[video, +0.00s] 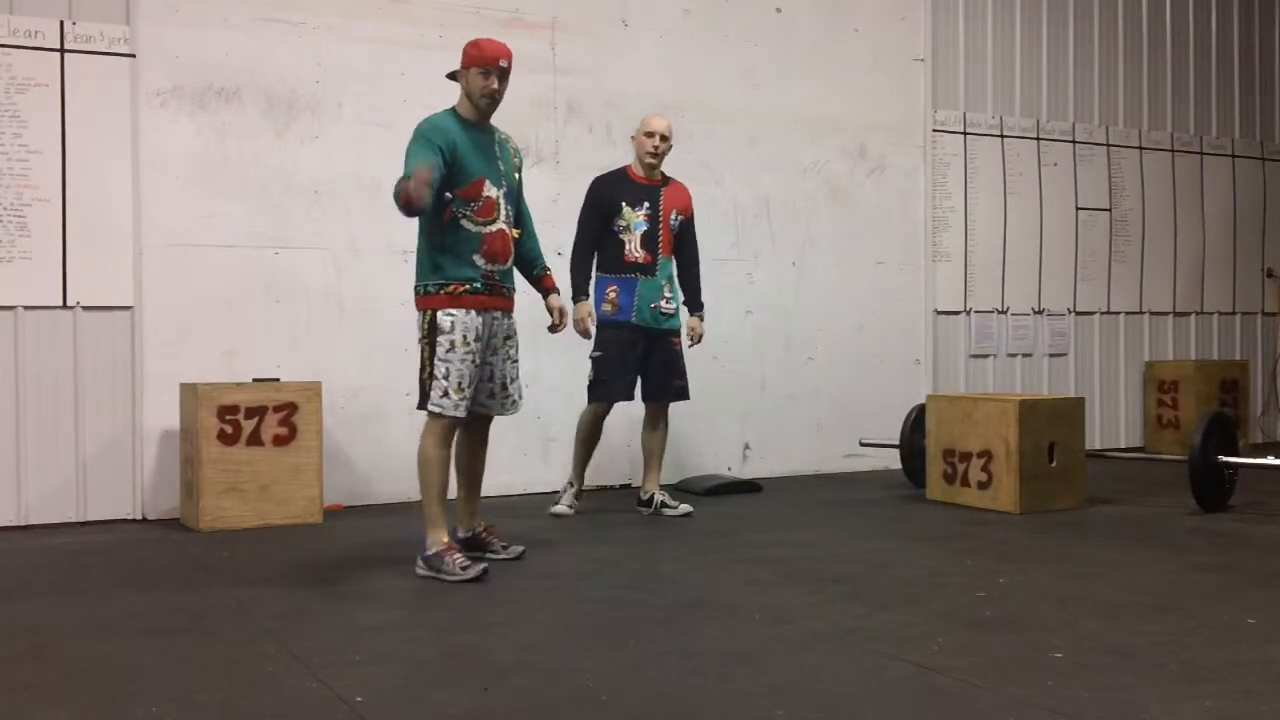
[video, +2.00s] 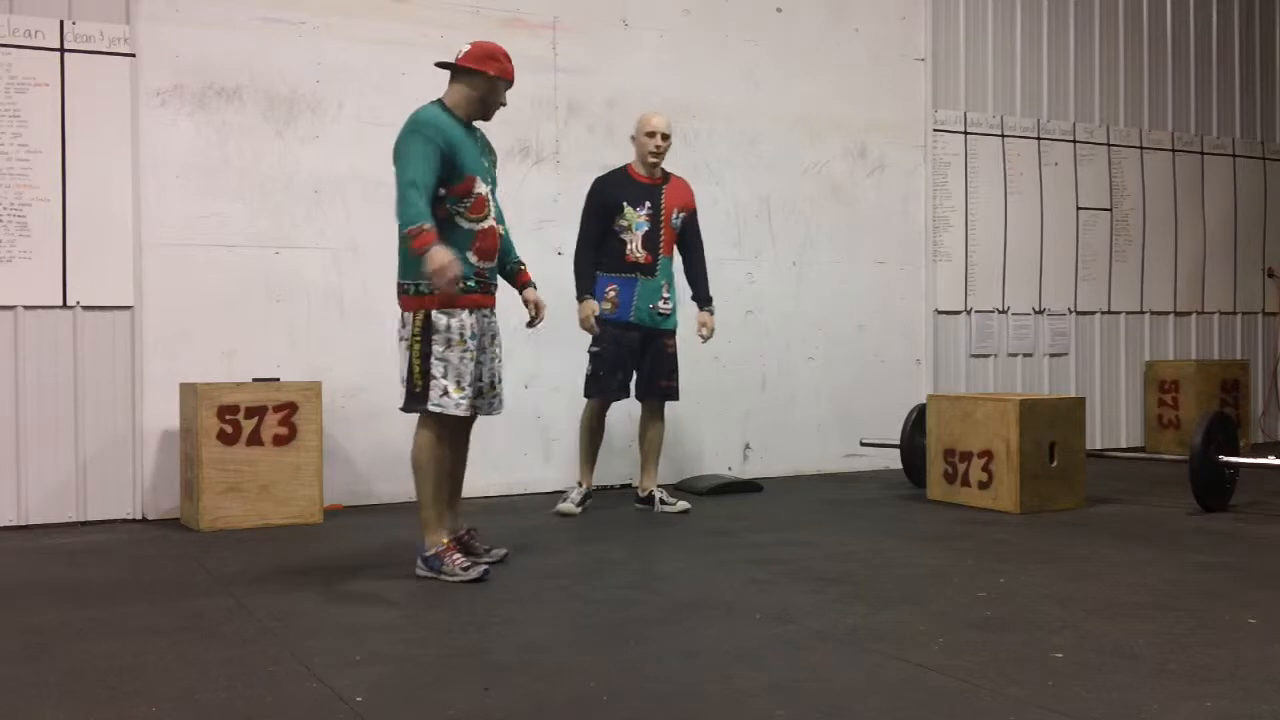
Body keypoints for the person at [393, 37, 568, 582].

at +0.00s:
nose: (491, 83)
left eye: (500, 75)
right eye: (482, 72)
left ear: (507, 83)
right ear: (460, 76)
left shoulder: (506, 148)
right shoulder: (437, 133)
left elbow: (520, 225)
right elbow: (415, 189)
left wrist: (549, 289)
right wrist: (417, 190)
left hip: (497, 300)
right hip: (450, 296)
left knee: (479, 416)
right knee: (443, 416)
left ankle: (470, 529)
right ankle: (436, 545)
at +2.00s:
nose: (503, 101)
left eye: (506, 92)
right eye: (501, 89)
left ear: (479, 83)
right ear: (474, 80)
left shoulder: (480, 144)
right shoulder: (426, 128)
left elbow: (490, 220)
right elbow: (411, 199)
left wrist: (524, 282)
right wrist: (431, 249)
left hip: (476, 300)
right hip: (438, 299)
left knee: (461, 415)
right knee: (437, 416)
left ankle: (451, 532)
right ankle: (433, 547)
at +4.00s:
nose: (469, 102)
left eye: (473, 94)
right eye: (466, 92)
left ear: (449, 84)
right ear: (440, 80)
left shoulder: (447, 130)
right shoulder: (382, 133)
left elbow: (498, 142)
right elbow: (378, 220)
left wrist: (482, 91)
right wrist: (426, 260)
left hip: (450, 297)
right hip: (403, 301)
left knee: (451, 413)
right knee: (400, 419)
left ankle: (430, 531)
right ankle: (398, 549)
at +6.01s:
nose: (511, 131)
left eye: (514, 123)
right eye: (510, 120)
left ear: (491, 108)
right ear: (489, 104)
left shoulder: (482, 168)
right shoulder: (418, 132)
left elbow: (490, 246)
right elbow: (388, 205)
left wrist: (520, 309)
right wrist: (412, 271)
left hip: (450, 303)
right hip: (407, 295)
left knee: (433, 417)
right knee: (408, 413)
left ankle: (430, 530)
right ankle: (403, 540)